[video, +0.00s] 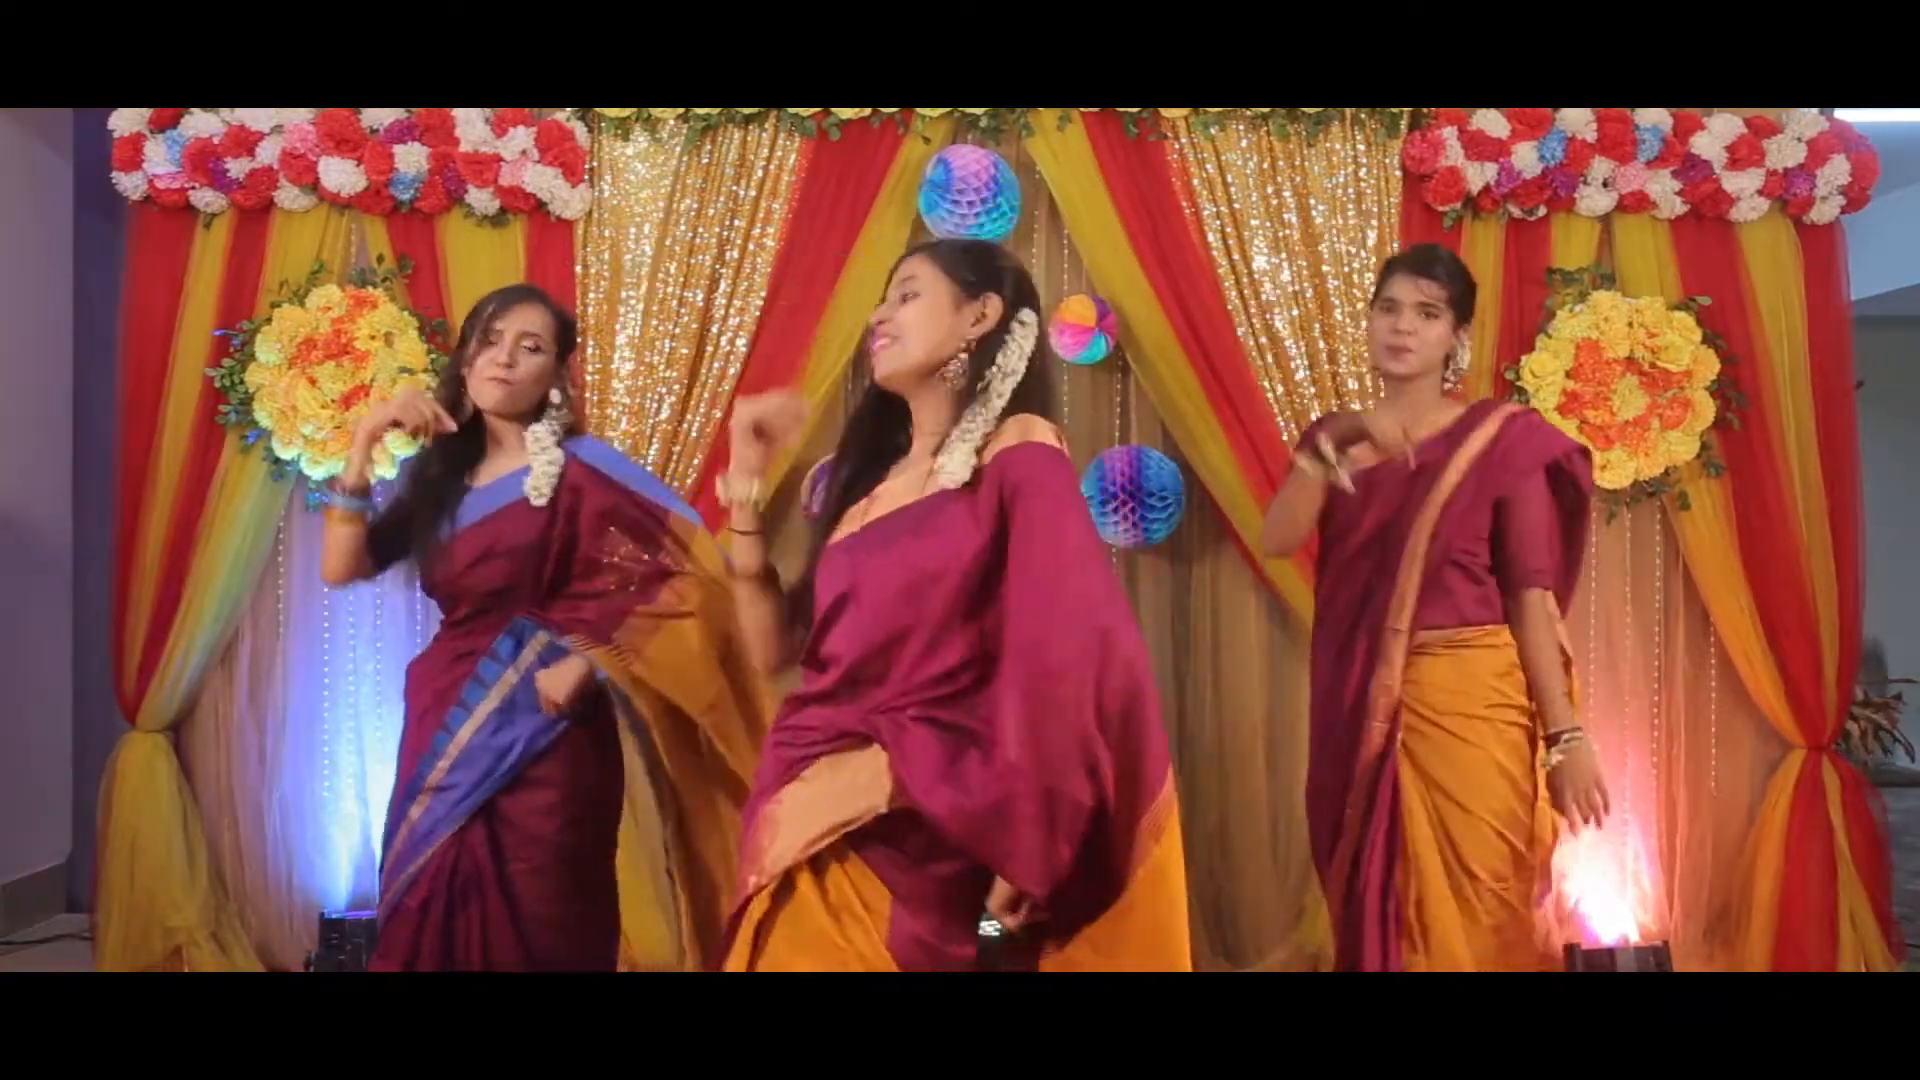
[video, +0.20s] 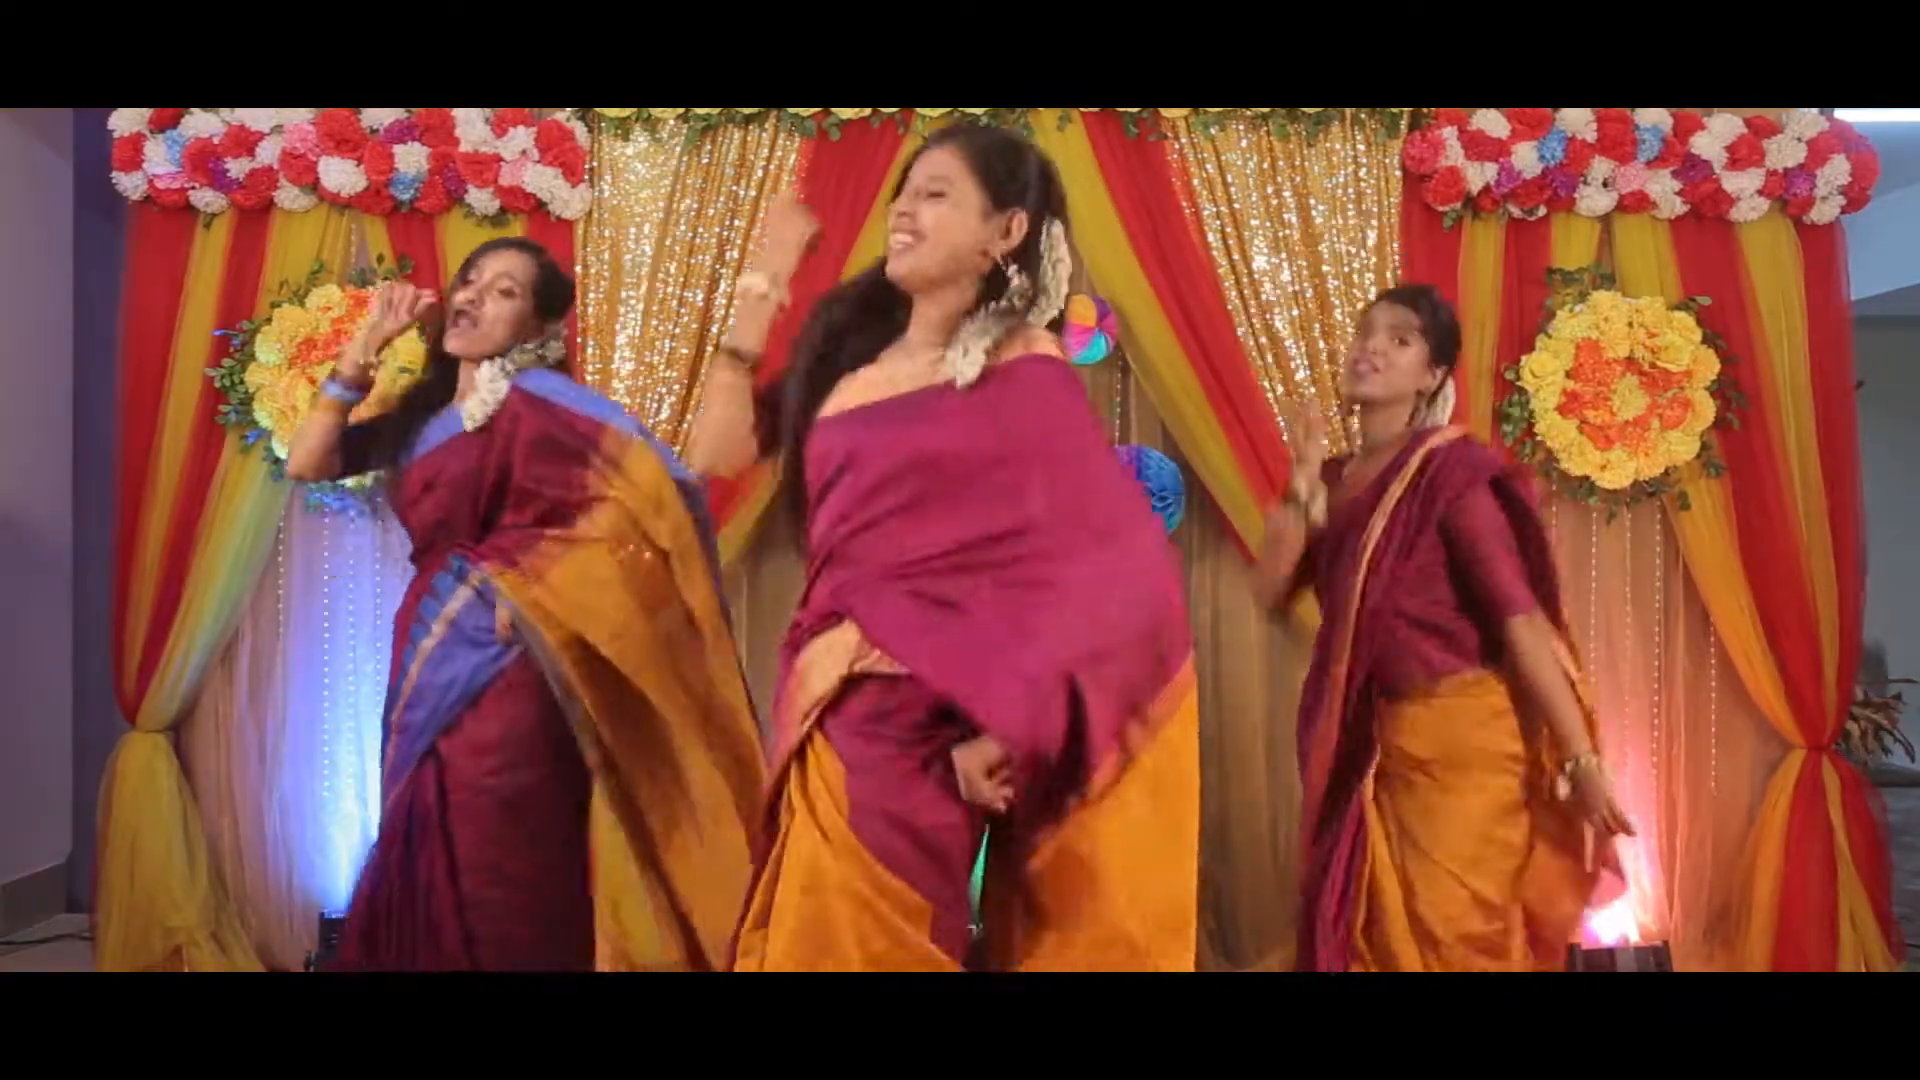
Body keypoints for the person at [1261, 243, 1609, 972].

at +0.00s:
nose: (1400, 325)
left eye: (1424, 312)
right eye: (1387, 307)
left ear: (1457, 337)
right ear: (1367, 322)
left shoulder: (1503, 437)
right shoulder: (1335, 439)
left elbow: (1533, 598)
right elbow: (1277, 537)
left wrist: (1565, 734)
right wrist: (1325, 451)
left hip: (1471, 695)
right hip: (1360, 699)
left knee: (1472, 915)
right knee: (1370, 909)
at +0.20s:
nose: (1368, 348)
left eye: (1397, 339)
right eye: (1362, 334)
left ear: (1433, 375)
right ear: (1346, 354)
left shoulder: (1453, 468)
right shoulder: (1341, 478)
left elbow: (1522, 622)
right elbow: (1271, 590)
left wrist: (1581, 760)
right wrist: (1300, 485)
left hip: (1468, 750)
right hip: (1380, 751)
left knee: (1456, 941)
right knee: (1377, 940)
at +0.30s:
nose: (1354, 406)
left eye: (1384, 397)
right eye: (1348, 391)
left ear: (1419, 434)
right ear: (1333, 409)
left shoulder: (1437, 533)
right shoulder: (1331, 538)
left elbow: (1519, 681)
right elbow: (1308, 693)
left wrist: (1590, 810)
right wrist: (1301, 597)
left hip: (1483, 806)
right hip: (1385, 804)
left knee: (1423, 952)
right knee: (1337, 948)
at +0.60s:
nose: (1366, 386)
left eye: (1388, 368)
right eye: (1352, 367)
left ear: (1430, 383)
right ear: (1336, 377)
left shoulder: (1472, 467)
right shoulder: (1334, 492)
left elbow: (1524, 617)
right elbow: (1263, 603)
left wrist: (1571, 758)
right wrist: (1279, 509)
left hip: (1479, 744)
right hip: (1382, 753)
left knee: (1477, 942)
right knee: (1386, 942)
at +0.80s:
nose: (1387, 356)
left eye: (1408, 337)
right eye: (1370, 337)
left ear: (1447, 344)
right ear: (1350, 342)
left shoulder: (1502, 430)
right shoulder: (1324, 444)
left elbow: (1537, 579)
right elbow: (1237, 530)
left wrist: (1569, 702)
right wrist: (1313, 514)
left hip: (1481, 698)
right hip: (1366, 706)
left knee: (1495, 907)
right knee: (1380, 903)